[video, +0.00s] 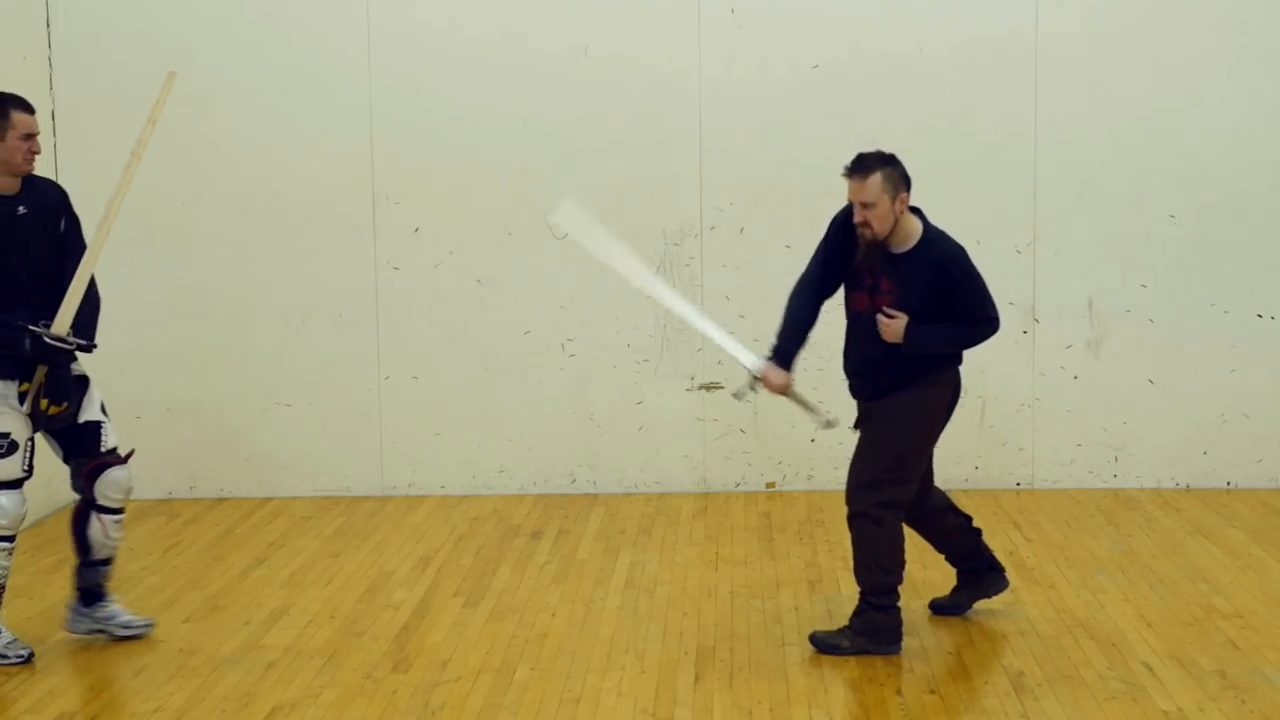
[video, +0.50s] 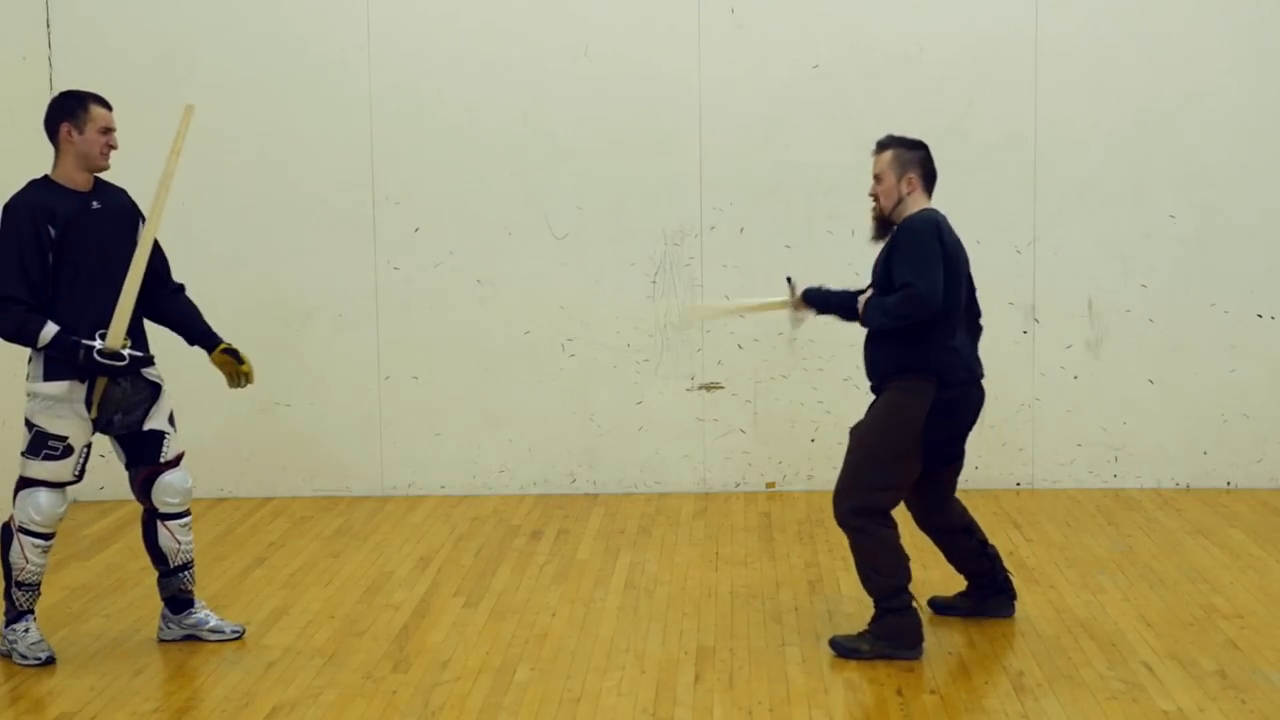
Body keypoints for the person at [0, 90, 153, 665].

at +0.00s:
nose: (35, 147)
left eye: (36, 138)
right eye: (24, 138)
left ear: (34, 142)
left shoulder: (48, 197)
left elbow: (81, 284)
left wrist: (66, 356)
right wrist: (29, 348)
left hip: (53, 365)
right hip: (3, 375)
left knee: (106, 479)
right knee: (7, 504)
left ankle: (90, 604)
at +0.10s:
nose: (57, 148)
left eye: (58, 138)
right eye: (47, 139)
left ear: (38, 142)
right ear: (11, 142)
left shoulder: (70, 201)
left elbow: (104, 288)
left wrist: (84, 360)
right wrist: (34, 354)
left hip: (71, 371)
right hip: (9, 379)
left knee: (125, 484)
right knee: (10, 506)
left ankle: (164, 605)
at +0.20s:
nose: (80, 148)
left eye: (81, 138)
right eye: (69, 138)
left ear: (76, 143)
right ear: (32, 142)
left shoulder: (98, 206)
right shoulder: (6, 212)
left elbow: (130, 289)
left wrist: (124, 357)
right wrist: (48, 350)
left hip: (101, 375)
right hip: (28, 381)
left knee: (148, 488)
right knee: (19, 508)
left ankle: (179, 611)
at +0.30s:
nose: (99, 143)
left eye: (100, 134)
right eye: (89, 134)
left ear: (85, 139)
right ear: (52, 136)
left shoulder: (112, 205)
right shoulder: (19, 211)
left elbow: (146, 284)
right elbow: (4, 314)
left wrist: (166, 355)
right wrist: (69, 350)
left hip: (124, 374)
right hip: (54, 379)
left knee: (166, 489)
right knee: (41, 507)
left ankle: (181, 611)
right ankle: (1, 619)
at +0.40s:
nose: (110, 141)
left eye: (111, 132)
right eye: (101, 132)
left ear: (85, 135)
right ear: (64, 133)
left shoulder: (121, 205)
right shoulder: (26, 209)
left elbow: (156, 286)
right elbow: (8, 310)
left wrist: (199, 347)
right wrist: (77, 344)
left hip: (132, 373)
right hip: (60, 378)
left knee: (169, 489)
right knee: (51, 508)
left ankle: (181, 611)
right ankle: (21, 622)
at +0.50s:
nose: (114, 142)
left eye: (114, 133)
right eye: (104, 132)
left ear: (85, 136)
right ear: (68, 134)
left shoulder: (122, 207)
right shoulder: (28, 210)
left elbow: (158, 290)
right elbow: (8, 310)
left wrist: (212, 343)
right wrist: (76, 348)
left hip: (133, 372)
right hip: (61, 376)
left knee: (170, 489)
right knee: (42, 503)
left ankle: (181, 611)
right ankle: (19, 622)